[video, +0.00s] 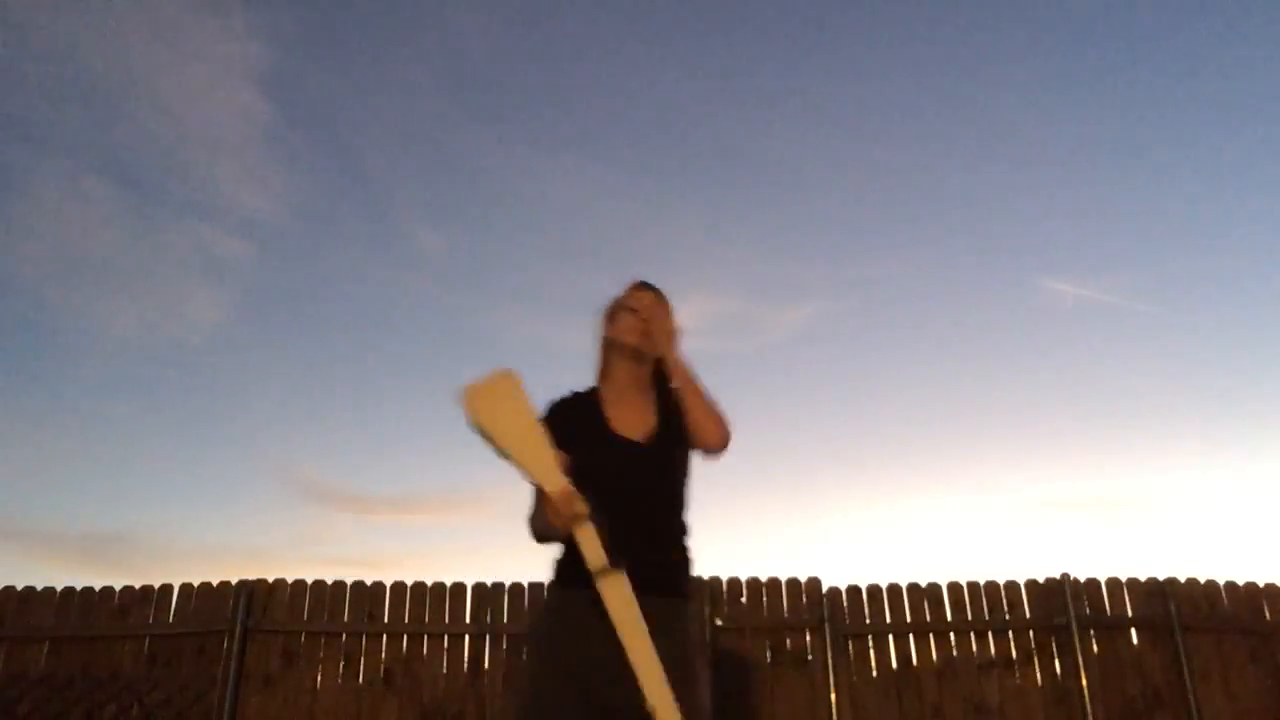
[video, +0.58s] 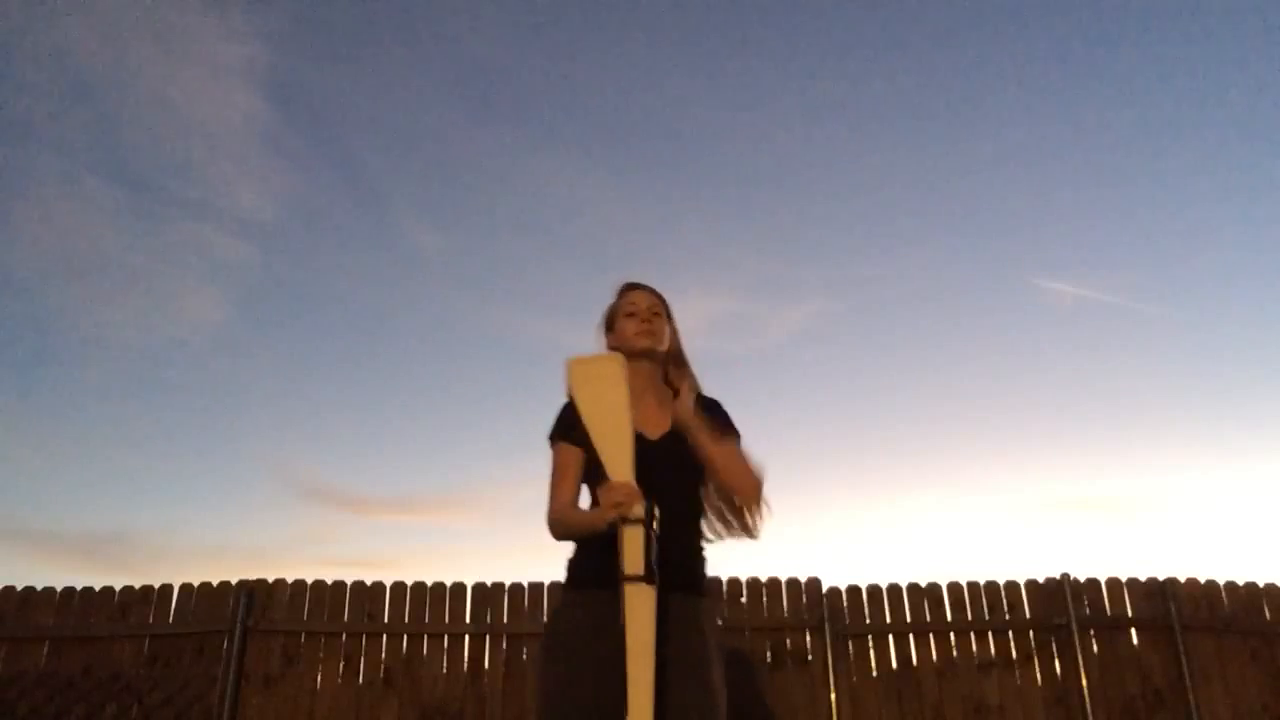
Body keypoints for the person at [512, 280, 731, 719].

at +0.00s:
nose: (634, 318)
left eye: (648, 315)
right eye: (626, 310)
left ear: (665, 337)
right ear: (606, 326)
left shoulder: (676, 406)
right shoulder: (568, 413)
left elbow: (714, 440)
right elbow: (540, 527)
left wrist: (670, 355)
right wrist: (555, 518)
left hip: (663, 598)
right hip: (582, 594)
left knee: (670, 708)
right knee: (573, 706)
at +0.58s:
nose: (645, 320)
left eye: (656, 314)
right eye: (630, 314)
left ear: (671, 335)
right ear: (610, 336)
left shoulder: (703, 410)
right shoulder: (586, 407)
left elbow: (747, 491)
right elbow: (559, 517)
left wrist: (690, 420)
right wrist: (601, 516)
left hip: (679, 594)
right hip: (598, 592)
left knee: (688, 707)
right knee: (588, 706)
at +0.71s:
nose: (629, 317)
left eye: (640, 311)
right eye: (614, 311)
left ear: (655, 331)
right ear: (594, 333)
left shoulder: (688, 411)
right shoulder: (568, 404)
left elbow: (723, 518)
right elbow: (539, 513)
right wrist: (586, 496)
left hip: (661, 591)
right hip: (579, 588)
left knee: (671, 706)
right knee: (567, 705)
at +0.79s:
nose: (619, 315)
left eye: (630, 310)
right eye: (604, 309)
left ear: (645, 332)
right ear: (584, 333)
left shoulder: (675, 410)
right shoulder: (553, 403)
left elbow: (701, 519)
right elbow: (526, 508)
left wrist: (656, 563)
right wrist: (573, 483)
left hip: (643, 590)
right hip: (562, 589)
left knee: (648, 708)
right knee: (547, 707)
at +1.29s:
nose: (654, 318)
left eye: (663, 311)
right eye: (639, 308)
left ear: (670, 328)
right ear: (611, 325)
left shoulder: (694, 413)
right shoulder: (574, 400)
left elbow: (682, 502)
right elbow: (551, 492)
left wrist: (691, 544)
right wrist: (622, 457)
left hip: (655, 601)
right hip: (571, 598)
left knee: (694, 707)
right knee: (556, 707)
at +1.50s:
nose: (715, 319)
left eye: (723, 312)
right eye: (700, 310)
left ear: (731, 328)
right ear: (672, 325)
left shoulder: (753, 421)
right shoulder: (633, 403)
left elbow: (732, 518)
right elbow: (608, 499)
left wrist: (759, 559)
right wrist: (685, 473)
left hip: (707, 608)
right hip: (623, 604)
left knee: (760, 709)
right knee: (599, 708)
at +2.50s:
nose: (741, 310)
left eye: (747, 307)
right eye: (727, 300)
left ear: (754, 331)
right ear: (696, 323)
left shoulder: (780, 415)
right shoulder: (657, 406)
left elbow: (800, 513)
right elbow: (638, 508)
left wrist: (830, 559)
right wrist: (704, 500)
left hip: (742, 613)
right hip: (652, 610)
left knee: (789, 710)